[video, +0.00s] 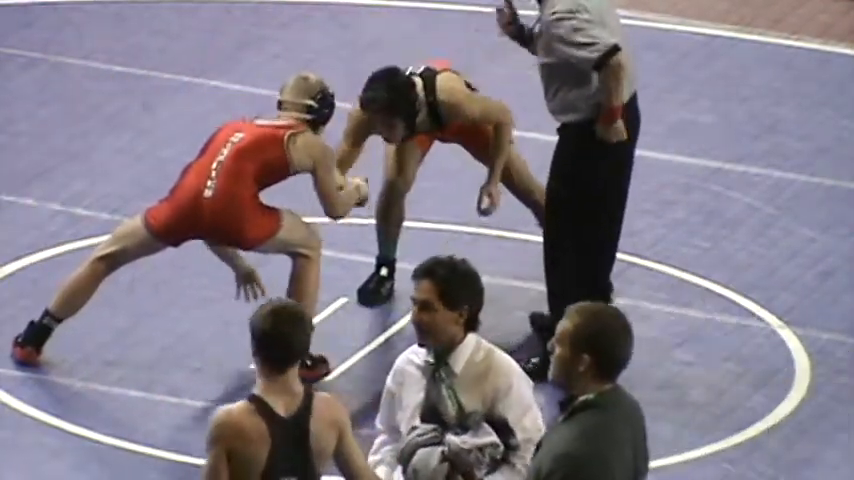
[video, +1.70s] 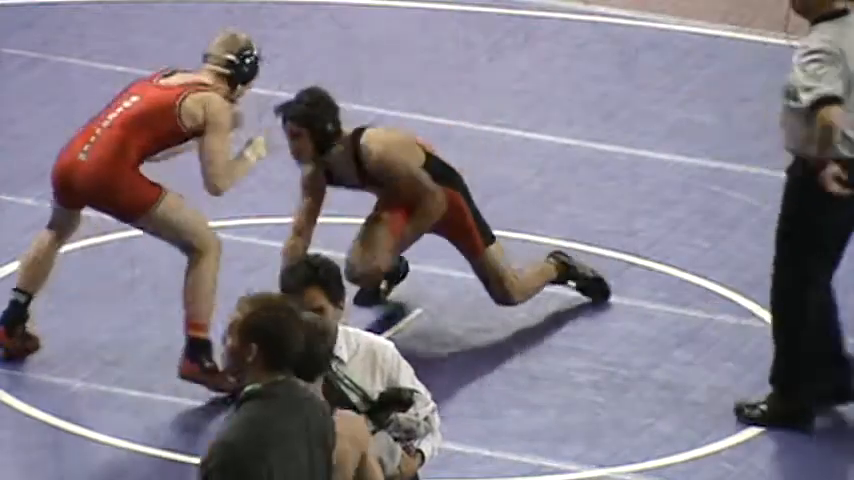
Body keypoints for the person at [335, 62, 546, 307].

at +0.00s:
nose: (381, 135)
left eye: (388, 127)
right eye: (376, 126)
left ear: (409, 116)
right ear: (369, 116)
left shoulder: (451, 101)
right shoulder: (363, 117)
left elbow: (504, 117)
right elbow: (338, 168)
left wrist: (494, 181)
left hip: (462, 121)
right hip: (413, 128)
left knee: (526, 189)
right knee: (394, 186)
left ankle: (575, 250)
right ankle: (384, 271)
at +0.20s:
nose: (371, 128)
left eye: (378, 121)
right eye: (367, 119)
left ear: (401, 110)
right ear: (362, 111)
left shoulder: (446, 98)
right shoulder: (363, 113)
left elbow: (484, 149)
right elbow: (343, 176)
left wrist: (445, 193)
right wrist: (342, 226)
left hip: (466, 107)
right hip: (417, 121)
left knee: (528, 195)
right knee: (392, 185)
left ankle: (578, 257)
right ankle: (383, 270)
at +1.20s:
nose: (369, 108)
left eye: (376, 101)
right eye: (365, 101)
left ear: (399, 94)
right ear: (361, 96)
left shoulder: (440, 98)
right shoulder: (365, 113)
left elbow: (483, 157)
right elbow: (357, 162)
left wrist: (432, 164)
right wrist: (340, 206)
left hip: (472, 138)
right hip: (426, 144)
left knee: (538, 229)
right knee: (388, 203)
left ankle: (581, 270)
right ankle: (384, 272)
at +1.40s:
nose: (370, 100)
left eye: (377, 95)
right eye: (369, 93)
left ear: (401, 95)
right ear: (371, 89)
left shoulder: (435, 109)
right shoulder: (371, 104)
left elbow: (395, 178)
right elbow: (339, 149)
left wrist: (338, 162)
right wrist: (315, 148)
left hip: (485, 153)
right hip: (441, 150)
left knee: (531, 248)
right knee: (390, 197)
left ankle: (590, 258)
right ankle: (390, 273)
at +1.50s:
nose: (346, 96)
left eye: (354, 90)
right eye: (345, 87)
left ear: (379, 90)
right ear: (352, 86)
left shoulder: (414, 119)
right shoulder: (358, 98)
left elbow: (395, 204)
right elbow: (320, 140)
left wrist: (335, 212)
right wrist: (304, 175)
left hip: (473, 159)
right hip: (426, 157)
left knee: (530, 259)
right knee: (377, 206)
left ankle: (593, 257)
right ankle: (395, 271)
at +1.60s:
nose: (322, 108)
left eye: (328, 101)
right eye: (320, 100)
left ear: (354, 99)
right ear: (324, 97)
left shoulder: (397, 133)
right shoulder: (335, 117)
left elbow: (411, 213)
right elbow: (315, 176)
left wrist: (358, 255)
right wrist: (297, 233)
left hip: (457, 179)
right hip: (411, 175)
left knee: (522, 273)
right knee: (363, 230)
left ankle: (581, 256)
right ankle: (395, 268)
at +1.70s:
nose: (291, 146)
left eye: (297, 137)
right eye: (288, 137)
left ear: (323, 133)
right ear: (302, 138)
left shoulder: (378, 154)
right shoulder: (316, 170)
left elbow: (434, 203)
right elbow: (301, 233)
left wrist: (391, 250)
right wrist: (289, 285)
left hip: (442, 190)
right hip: (397, 197)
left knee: (507, 292)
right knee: (358, 271)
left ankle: (561, 267)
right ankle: (392, 278)